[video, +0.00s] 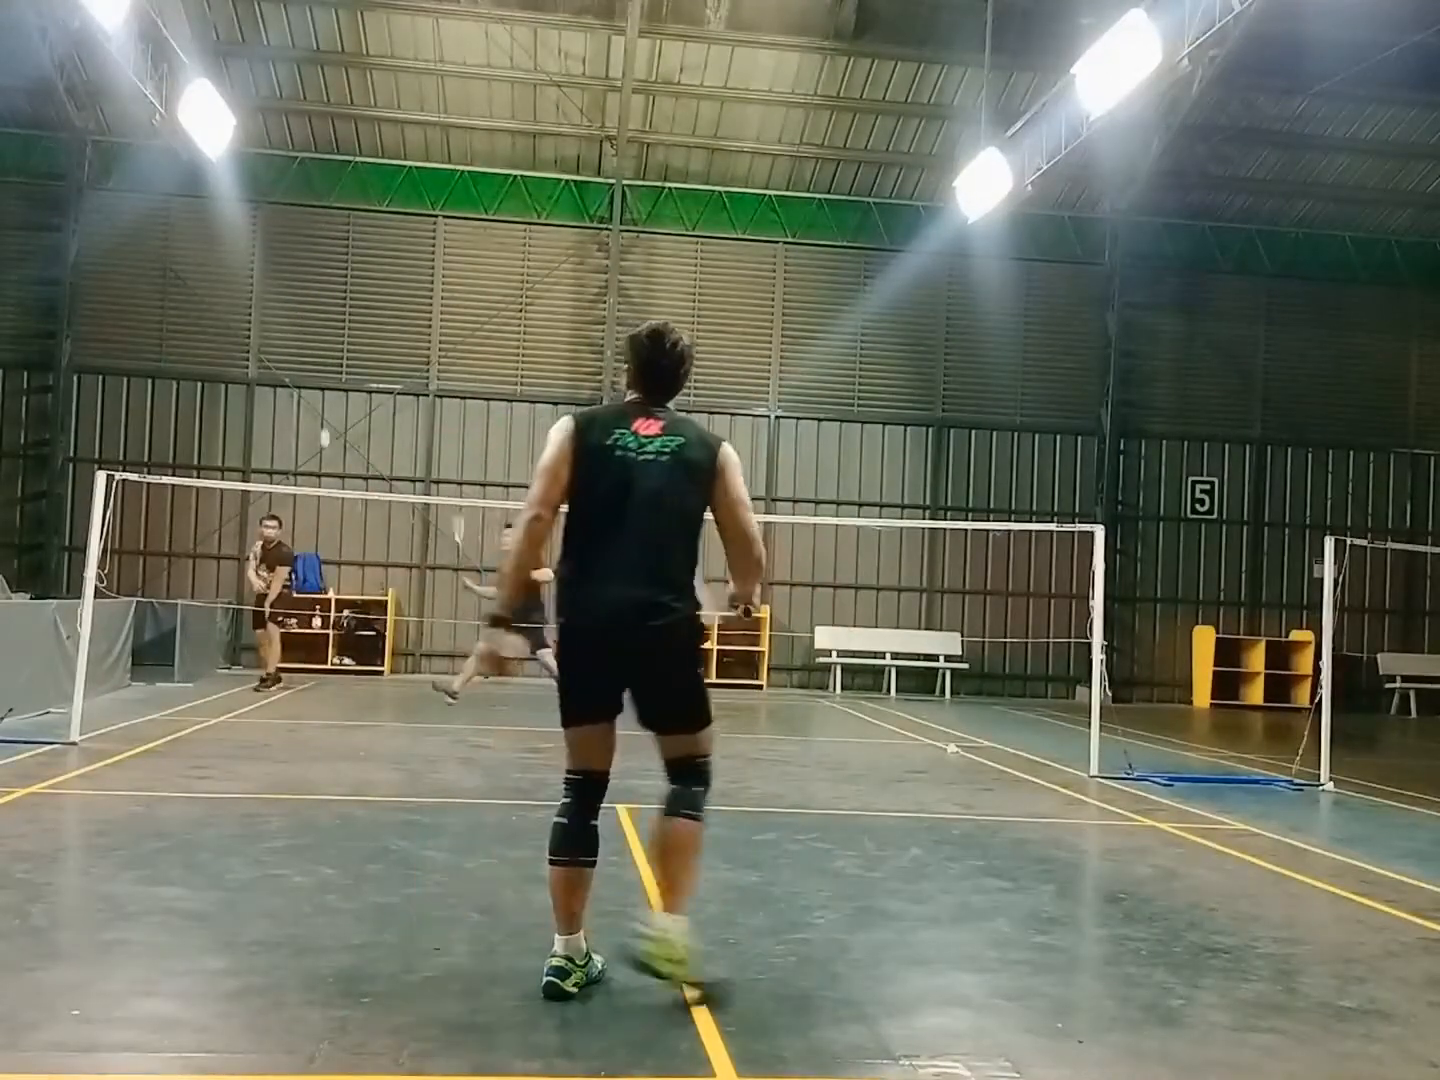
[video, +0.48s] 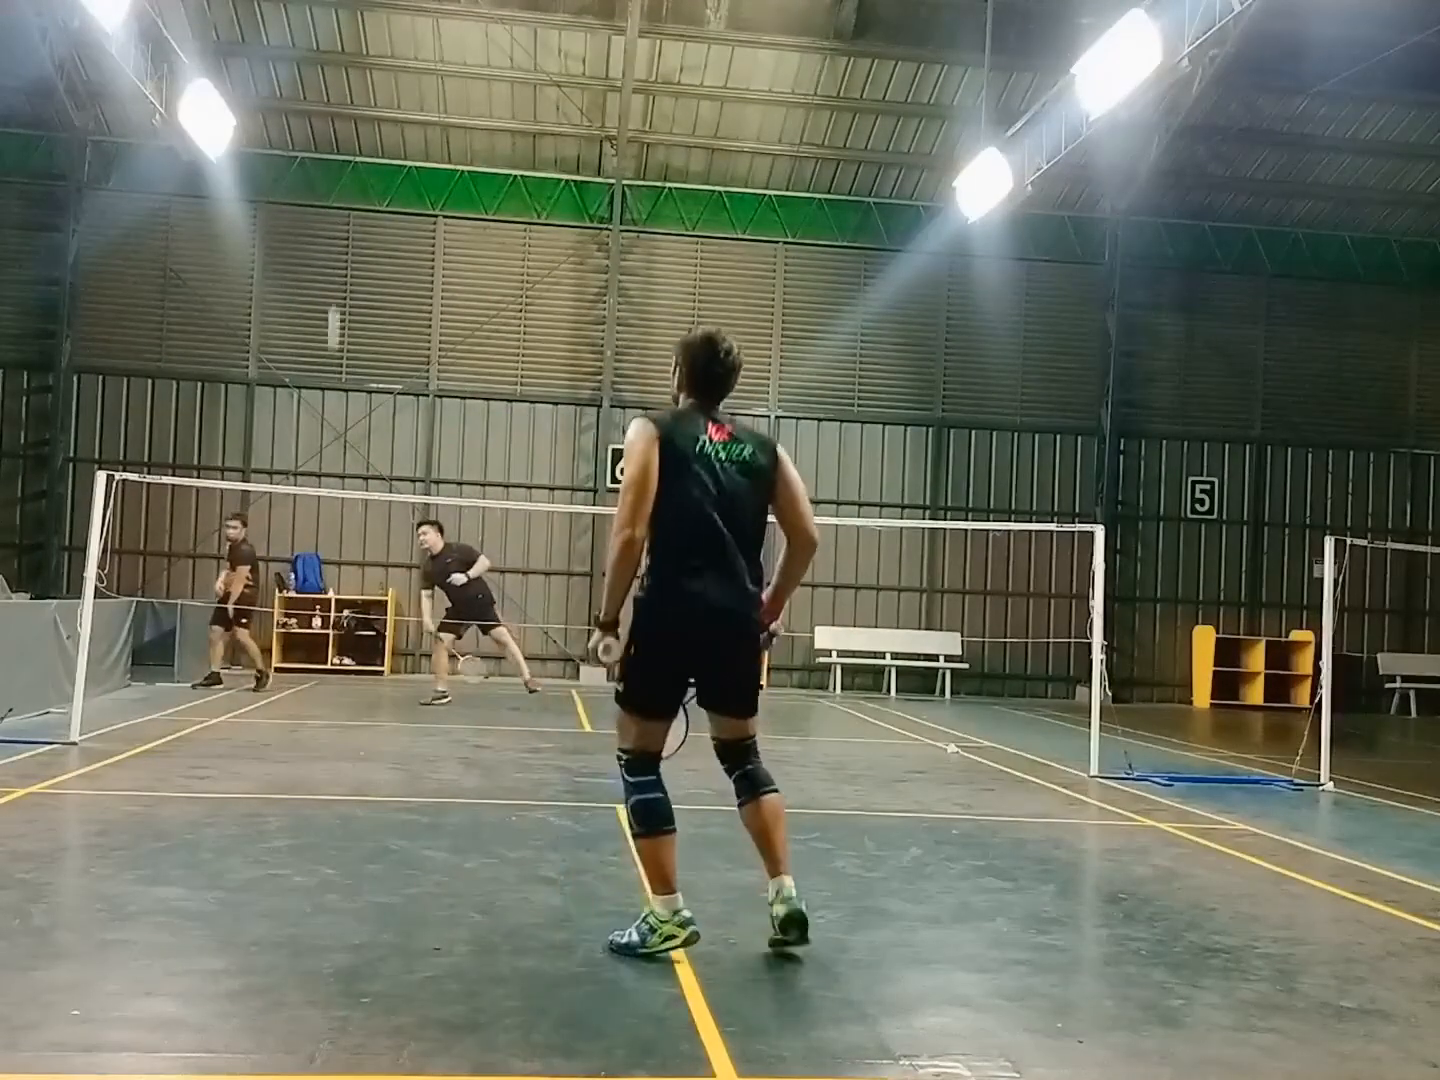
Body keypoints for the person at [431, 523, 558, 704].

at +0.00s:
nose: (504, 539)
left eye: (508, 536)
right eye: (503, 536)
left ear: (521, 538)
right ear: (501, 539)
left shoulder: (530, 562)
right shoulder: (510, 567)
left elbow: (549, 575)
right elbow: (499, 592)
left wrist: (530, 577)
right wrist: (473, 587)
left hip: (532, 631)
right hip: (510, 629)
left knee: (551, 664)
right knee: (482, 649)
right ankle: (455, 687)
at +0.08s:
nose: (486, 540)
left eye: (491, 536)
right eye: (485, 536)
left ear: (505, 540)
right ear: (484, 541)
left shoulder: (516, 561)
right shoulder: (490, 569)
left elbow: (535, 574)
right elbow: (481, 595)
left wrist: (518, 572)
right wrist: (457, 584)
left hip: (520, 623)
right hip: (496, 623)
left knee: (541, 657)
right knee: (467, 651)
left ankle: (569, 693)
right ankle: (447, 693)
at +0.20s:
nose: (452, 545)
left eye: (457, 540)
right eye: (451, 541)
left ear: (471, 544)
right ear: (452, 547)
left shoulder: (485, 562)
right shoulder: (458, 575)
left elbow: (513, 575)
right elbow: (437, 597)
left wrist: (505, 577)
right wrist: (416, 587)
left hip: (500, 621)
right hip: (476, 623)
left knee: (522, 656)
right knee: (445, 646)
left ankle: (551, 696)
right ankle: (442, 693)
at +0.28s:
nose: (438, 548)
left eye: (443, 544)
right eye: (437, 545)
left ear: (457, 545)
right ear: (438, 550)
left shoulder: (474, 561)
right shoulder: (444, 576)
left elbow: (501, 573)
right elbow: (418, 593)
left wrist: (491, 577)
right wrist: (392, 593)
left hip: (493, 618)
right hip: (469, 621)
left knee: (517, 654)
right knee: (441, 646)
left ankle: (542, 693)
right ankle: (442, 693)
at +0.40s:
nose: (424, 543)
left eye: (428, 538)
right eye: (423, 539)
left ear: (441, 538)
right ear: (424, 544)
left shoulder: (462, 554)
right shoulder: (431, 571)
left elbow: (488, 566)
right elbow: (421, 594)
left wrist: (469, 577)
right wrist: (418, 616)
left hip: (483, 606)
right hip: (460, 612)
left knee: (505, 642)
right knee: (440, 644)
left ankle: (530, 683)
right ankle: (442, 692)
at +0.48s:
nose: (421, 539)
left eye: (424, 534)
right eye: (419, 536)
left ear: (438, 534)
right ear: (420, 540)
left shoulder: (459, 550)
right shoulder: (428, 567)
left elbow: (485, 563)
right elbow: (427, 595)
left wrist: (467, 575)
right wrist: (427, 619)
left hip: (481, 604)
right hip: (458, 609)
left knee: (502, 636)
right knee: (440, 643)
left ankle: (527, 679)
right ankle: (441, 691)